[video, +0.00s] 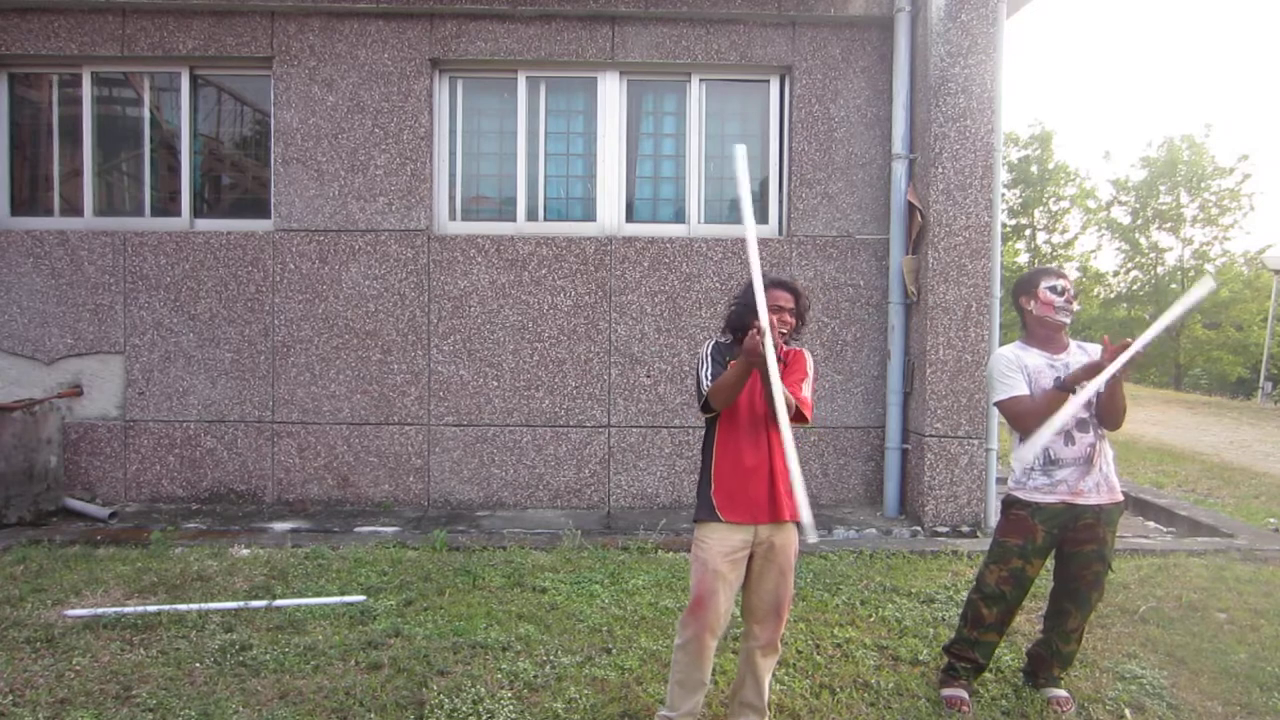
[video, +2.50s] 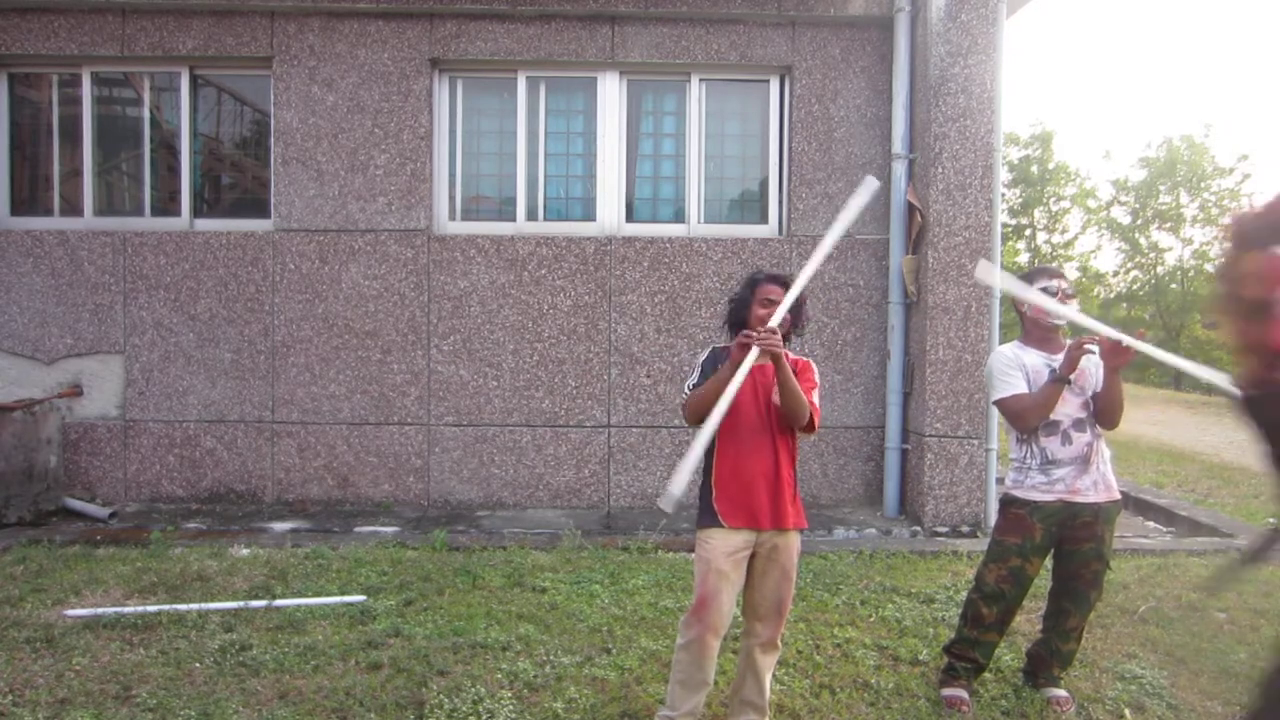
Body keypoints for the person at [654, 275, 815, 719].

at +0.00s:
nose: (782, 319)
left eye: (789, 313)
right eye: (773, 310)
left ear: (795, 322)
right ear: (750, 312)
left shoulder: (797, 358)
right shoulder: (720, 351)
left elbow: (790, 409)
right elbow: (712, 403)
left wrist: (766, 365)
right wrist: (745, 360)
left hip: (779, 515)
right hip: (722, 514)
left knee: (766, 632)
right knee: (703, 618)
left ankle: (749, 714)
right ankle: (678, 713)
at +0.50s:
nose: (786, 319)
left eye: (789, 311)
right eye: (777, 310)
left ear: (792, 316)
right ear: (747, 312)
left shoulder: (795, 362)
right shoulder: (713, 355)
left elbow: (793, 420)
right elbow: (690, 405)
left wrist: (782, 386)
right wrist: (742, 365)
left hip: (777, 513)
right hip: (721, 514)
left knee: (766, 630)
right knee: (703, 621)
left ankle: (749, 714)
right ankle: (678, 713)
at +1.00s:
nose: (791, 315)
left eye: (791, 307)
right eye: (783, 307)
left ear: (780, 313)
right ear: (752, 313)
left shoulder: (793, 359)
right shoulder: (710, 356)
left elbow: (801, 413)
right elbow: (671, 398)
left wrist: (774, 371)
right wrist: (720, 370)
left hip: (780, 517)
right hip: (724, 518)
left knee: (766, 631)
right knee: (707, 623)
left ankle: (750, 713)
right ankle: (678, 713)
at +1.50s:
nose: (797, 317)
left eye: (798, 308)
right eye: (788, 309)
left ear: (788, 314)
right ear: (758, 312)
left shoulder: (796, 362)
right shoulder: (714, 356)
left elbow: (802, 430)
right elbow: (690, 410)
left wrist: (766, 405)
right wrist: (731, 367)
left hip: (780, 516)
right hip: (724, 516)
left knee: (766, 631)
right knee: (707, 622)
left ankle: (749, 713)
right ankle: (678, 713)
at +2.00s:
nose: (796, 316)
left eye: (799, 309)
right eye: (787, 306)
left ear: (796, 317)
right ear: (757, 308)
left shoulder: (799, 366)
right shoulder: (718, 357)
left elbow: (796, 431)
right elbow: (694, 414)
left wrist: (765, 388)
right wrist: (728, 374)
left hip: (780, 518)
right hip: (724, 516)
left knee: (766, 632)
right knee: (708, 621)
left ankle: (749, 714)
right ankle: (677, 713)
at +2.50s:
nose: (774, 314)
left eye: (783, 308)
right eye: (766, 304)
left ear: (791, 318)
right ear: (744, 310)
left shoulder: (801, 367)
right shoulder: (719, 358)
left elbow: (804, 421)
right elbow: (692, 414)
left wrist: (781, 362)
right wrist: (735, 364)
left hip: (781, 518)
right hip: (724, 517)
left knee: (766, 633)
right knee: (706, 623)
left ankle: (749, 714)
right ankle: (678, 714)